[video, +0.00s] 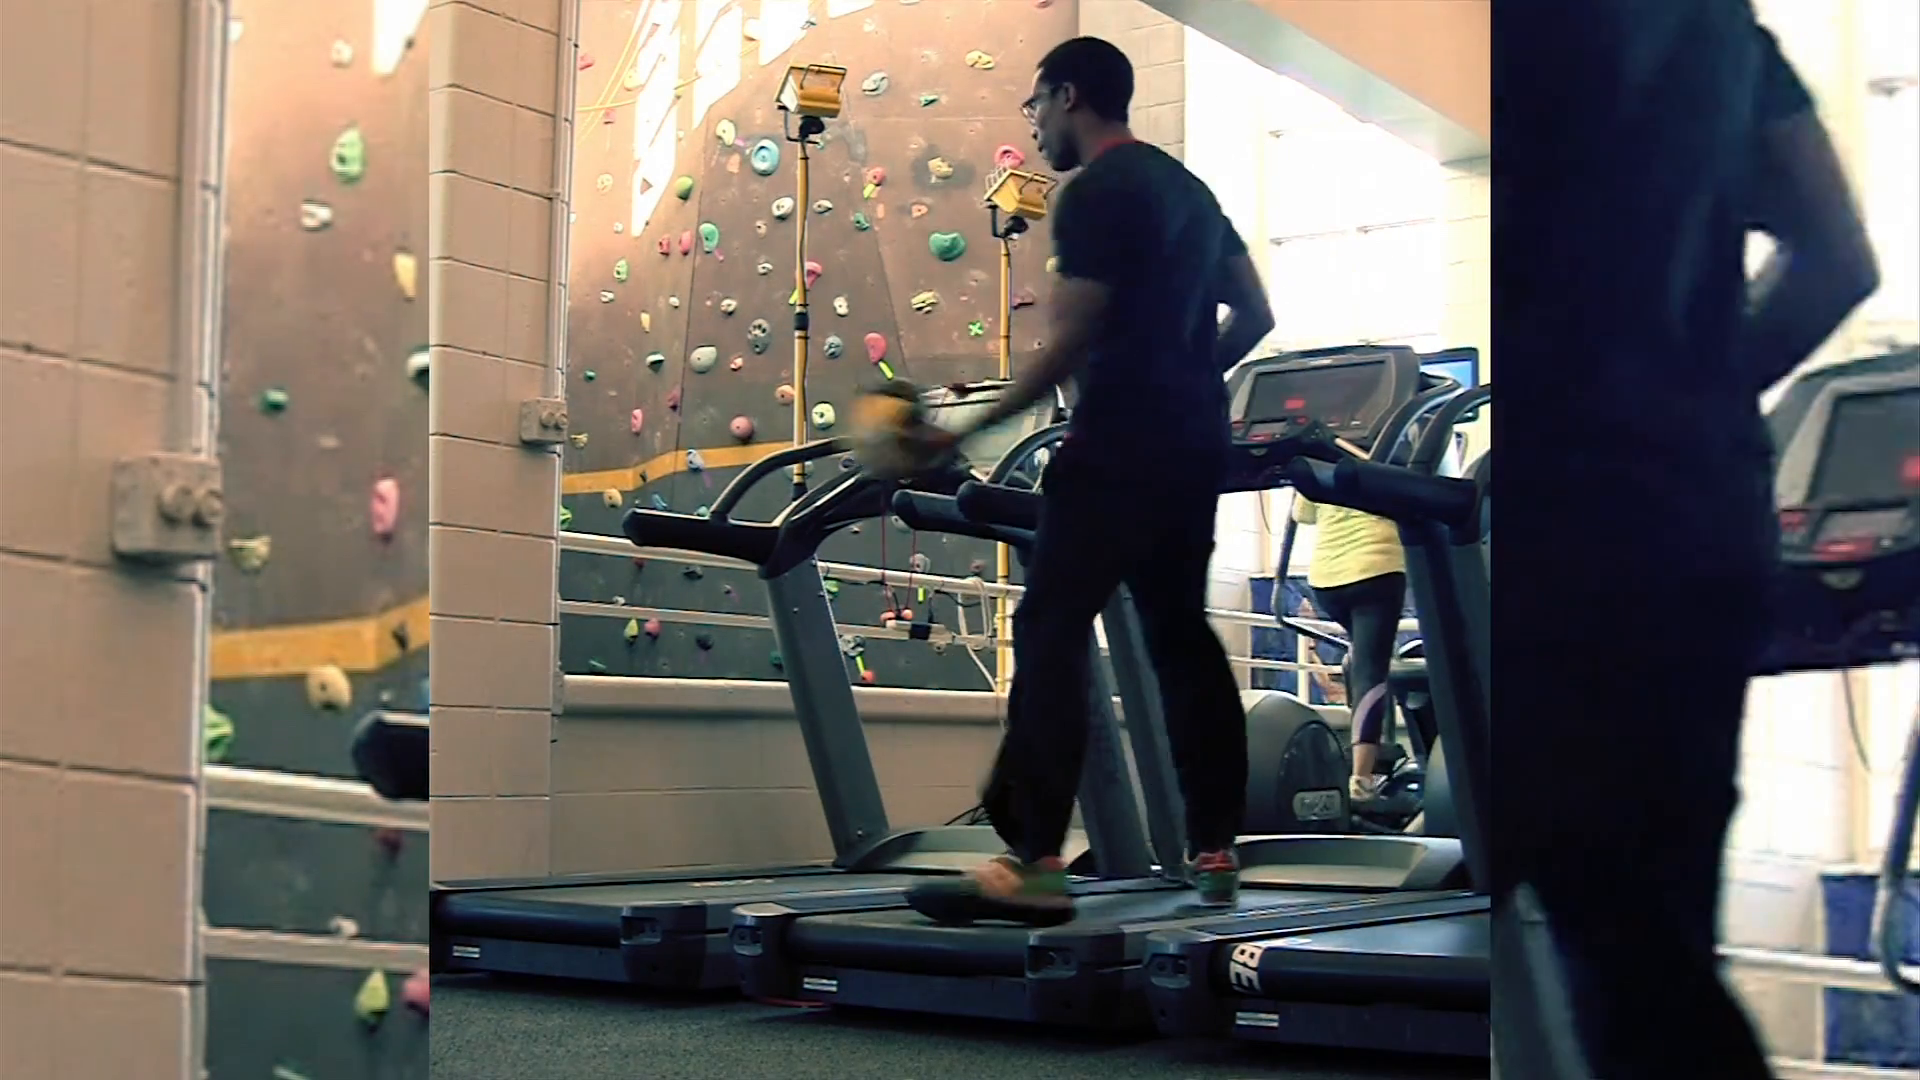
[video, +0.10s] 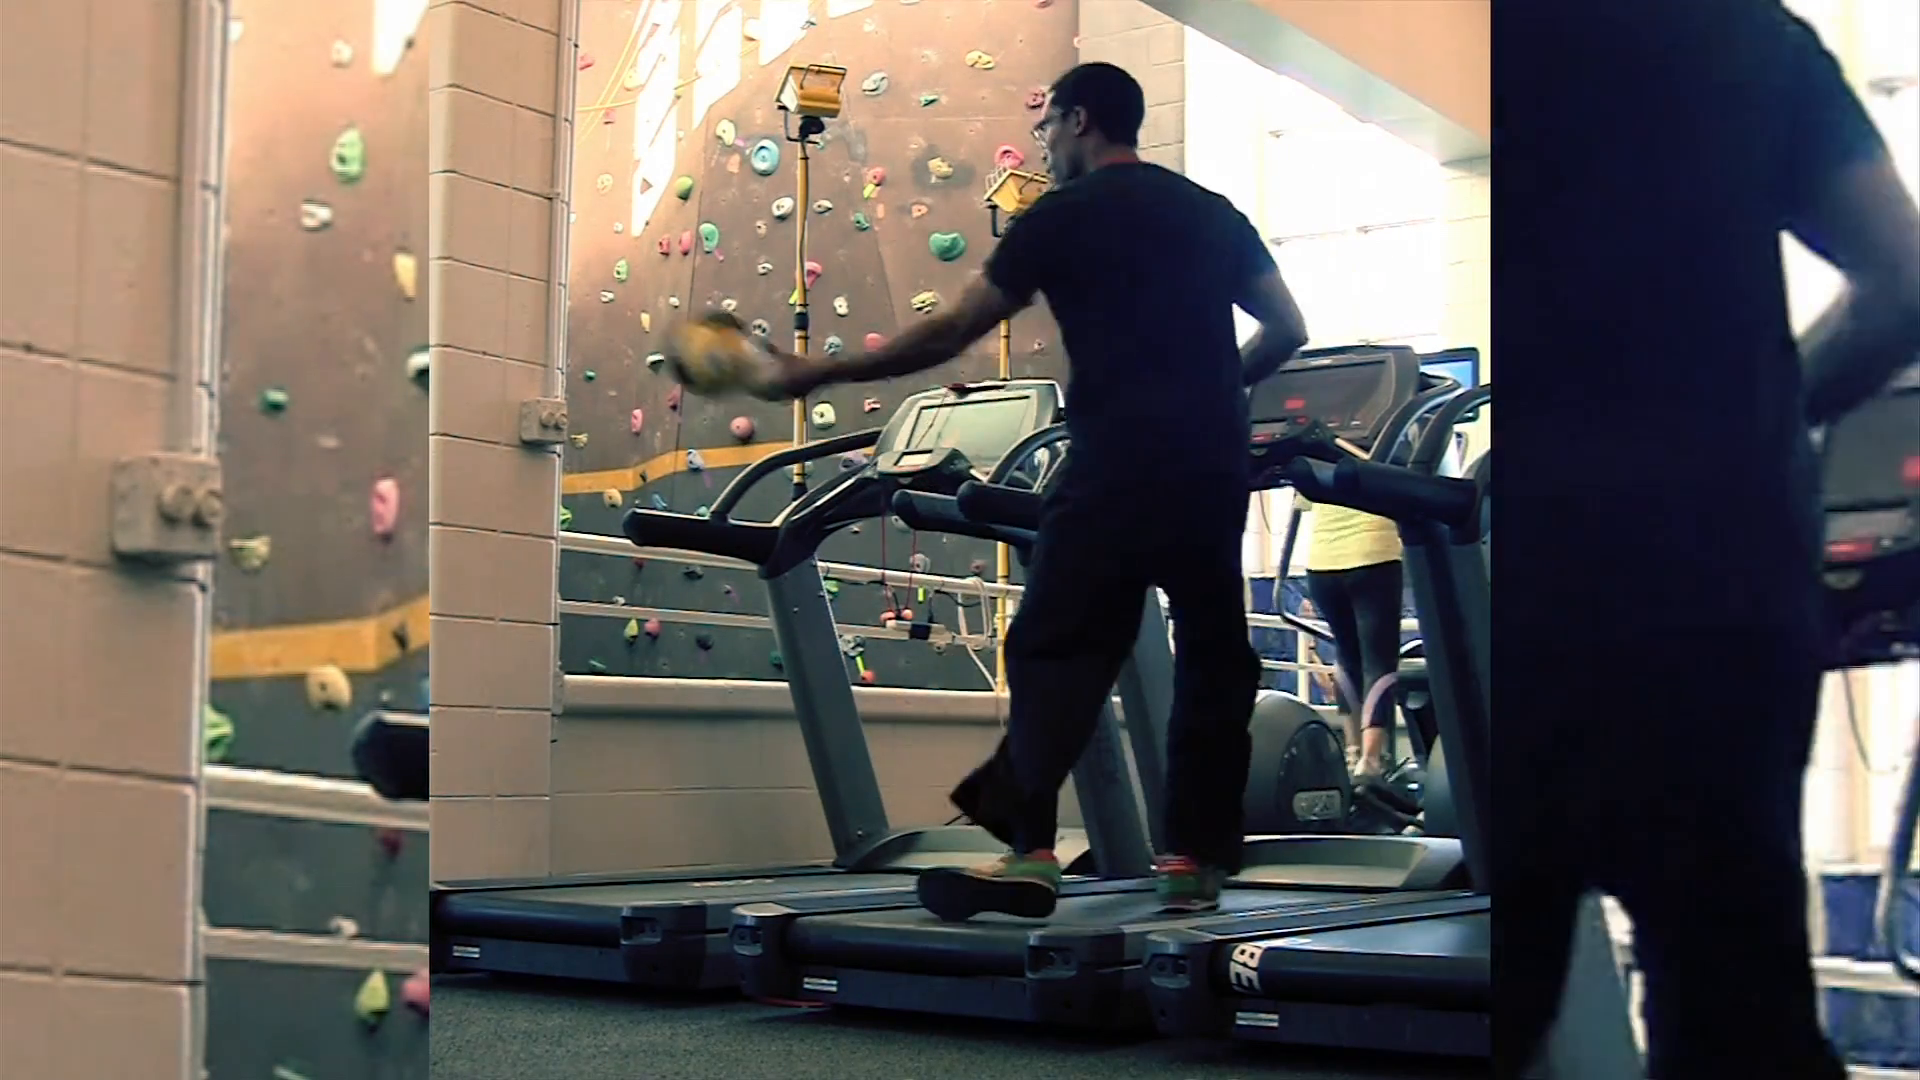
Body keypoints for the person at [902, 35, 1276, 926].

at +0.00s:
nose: (1032, 128)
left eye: (1037, 109)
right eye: (1031, 112)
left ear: (1073, 100)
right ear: (1117, 103)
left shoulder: (1094, 190)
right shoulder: (1190, 191)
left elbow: (1065, 342)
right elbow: (1252, 316)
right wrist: (1181, 371)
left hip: (1111, 448)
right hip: (1193, 447)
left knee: (1048, 628)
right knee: (1182, 631)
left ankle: (1034, 859)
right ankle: (1214, 845)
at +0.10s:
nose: (1040, 148)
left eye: (1046, 129)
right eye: (1041, 131)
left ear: (1082, 123)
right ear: (1129, 127)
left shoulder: (1058, 216)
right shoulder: (1212, 210)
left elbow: (953, 328)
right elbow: (1288, 329)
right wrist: (1223, 384)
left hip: (1112, 465)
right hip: (1213, 467)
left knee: (1051, 646)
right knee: (1217, 660)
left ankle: (1030, 854)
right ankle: (1196, 857)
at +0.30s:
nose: (1059, 169)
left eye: (1067, 152)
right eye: (1061, 154)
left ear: (1103, 149)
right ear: (1145, 155)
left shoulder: (1065, 232)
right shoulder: (1221, 239)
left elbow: (969, 347)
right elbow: (1260, 385)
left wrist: (858, 384)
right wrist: (1188, 414)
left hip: (1094, 473)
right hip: (1190, 478)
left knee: (1096, 659)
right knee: (1177, 673)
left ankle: (1072, 834)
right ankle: (1109, 862)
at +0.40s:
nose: (1051, 158)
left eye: (1058, 141)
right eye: (1052, 142)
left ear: (1095, 139)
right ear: (1137, 142)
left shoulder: (1069, 225)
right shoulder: (1217, 229)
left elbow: (1012, 354)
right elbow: (1237, 375)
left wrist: (910, 371)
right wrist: (1160, 374)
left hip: (1097, 460)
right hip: (1190, 464)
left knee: (1112, 653)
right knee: (1145, 658)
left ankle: (1158, 840)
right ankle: (1059, 843)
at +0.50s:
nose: (1042, 158)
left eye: (1050, 141)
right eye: (1042, 142)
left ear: (1093, 136)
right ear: (1124, 141)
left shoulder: (1078, 220)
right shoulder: (1213, 230)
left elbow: (1055, 362)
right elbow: (1213, 378)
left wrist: (930, 364)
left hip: (1110, 469)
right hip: (1201, 470)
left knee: (1138, 663)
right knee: (1176, 658)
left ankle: (1215, 850)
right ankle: (1099, 782)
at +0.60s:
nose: (1051, 166)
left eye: (1063, 148)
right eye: (1050, 150)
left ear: (1115, 144)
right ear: (1125, 151)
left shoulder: (1105, 233)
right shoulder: (1190, 235)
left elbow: (1088, 378)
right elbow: (1172, 381)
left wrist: (964, 394)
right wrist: (1049, 387)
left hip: (1120, 484)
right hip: (1193, 479)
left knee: (1102, 673)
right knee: (1176, 659)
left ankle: (1176, 857)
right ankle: (1212, 742)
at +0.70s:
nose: (1058, 136)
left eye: (1071, 120)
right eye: (1056, 122)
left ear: (1119, 119)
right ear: (1115, 125)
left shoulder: (1136, 196)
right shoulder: (1133, 200)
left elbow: (1164, 324)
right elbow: (1140, 338)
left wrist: (1049, 374)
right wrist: (1046, 374)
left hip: (1128, 458)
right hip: (1155, 456)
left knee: (1068, 648)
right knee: (1136, 656)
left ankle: (1128, 851)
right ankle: (1280, 766)